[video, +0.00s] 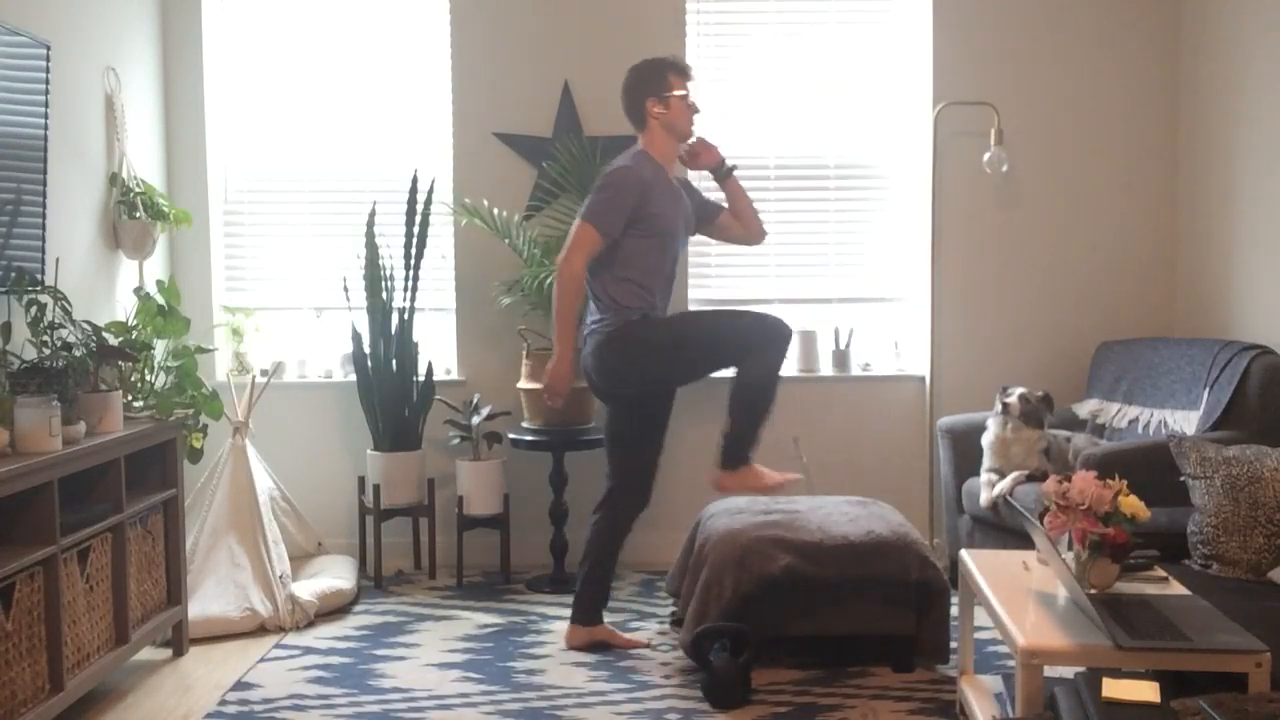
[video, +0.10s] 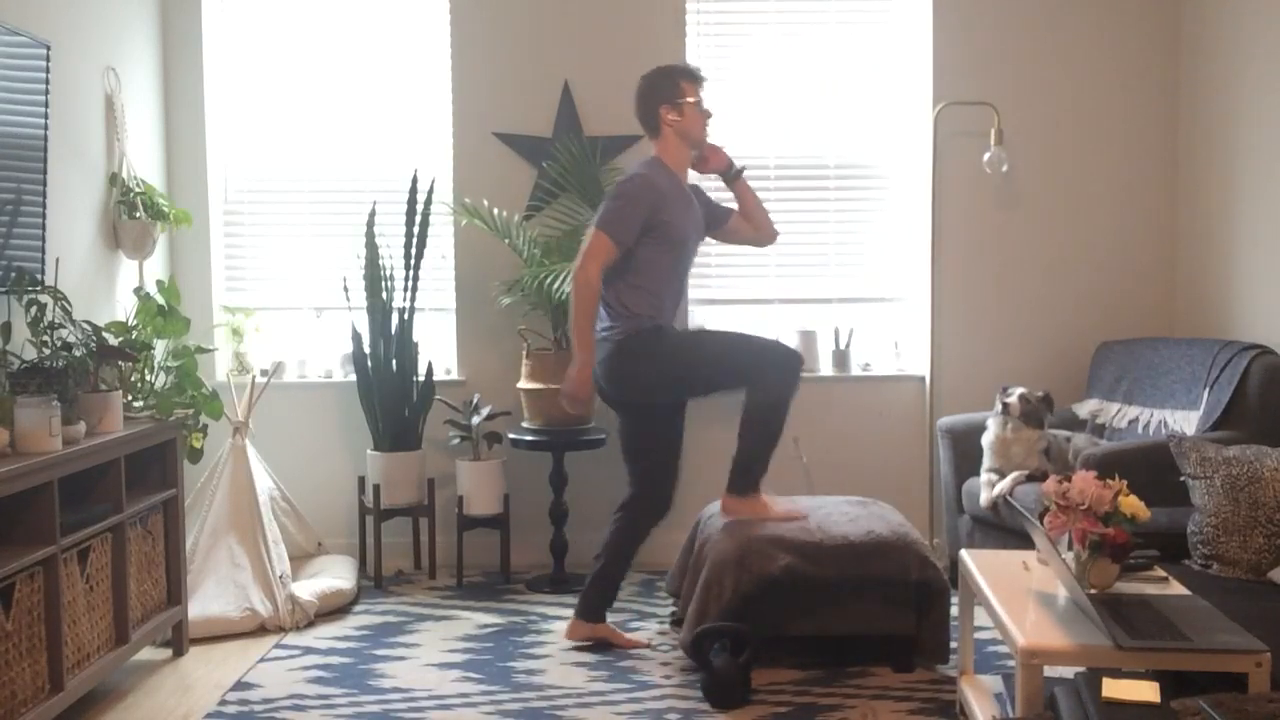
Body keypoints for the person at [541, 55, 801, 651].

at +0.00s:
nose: (694, 106)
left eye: (691, 96)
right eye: (685, 96)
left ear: (660, 109)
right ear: (655, 108)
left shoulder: (677, 187)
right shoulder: (630, 174)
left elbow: (750, 230)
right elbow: (572, 262)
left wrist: (721, 171)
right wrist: (564, 355)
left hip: (635, 346)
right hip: (623, 343)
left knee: (626, 493)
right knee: (767, 332)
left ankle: (586, 622)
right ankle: (736, 465)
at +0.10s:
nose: (708, 115)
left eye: (704, 105)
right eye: (698, 105)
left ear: (673, 116)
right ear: (669, 115)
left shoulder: (689, 197)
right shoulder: (641, 185)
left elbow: (762, 232)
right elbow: (587, 271)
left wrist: (732, 175)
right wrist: (581, 361)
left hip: (643, 356)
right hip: (637, 351)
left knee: (651, 496)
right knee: (779, 361)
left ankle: (588, 618)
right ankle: (742, 494)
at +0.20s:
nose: (724, 116)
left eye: (720, 106)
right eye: (713, 107)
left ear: (689, 121)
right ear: (684, 120)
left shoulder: (702, 201)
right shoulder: (662, 190)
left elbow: (774, 229)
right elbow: (606, 273)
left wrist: (741, 171)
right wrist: (620, 368)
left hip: (662, 360)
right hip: (655, 360)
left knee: (666, 499)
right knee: (792, 393)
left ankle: (591, 615)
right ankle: (739, 516)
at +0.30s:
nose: (739, 89)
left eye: (734, 79)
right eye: (729, 80)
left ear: (700, 94)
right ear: (702, 92)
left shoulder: (711, 175)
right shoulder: (681, 168)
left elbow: (778, 220)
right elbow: (636, 256)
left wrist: (767, 158)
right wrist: (684, 334)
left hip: (677, 344)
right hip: (675, 342)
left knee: (661, 483)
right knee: (803, 407)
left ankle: (595, 604)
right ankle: (742, 529)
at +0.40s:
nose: (752, 48)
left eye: (748, 37)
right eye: (742, 38)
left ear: (712, 53)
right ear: (714, 51)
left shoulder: (716, 127)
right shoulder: (700, 126)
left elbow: (746, 219)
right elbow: (677, 220)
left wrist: (792, 172)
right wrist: (730, 252)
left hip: (693, 310)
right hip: (695, 313)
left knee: (696, 451)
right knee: (797, 413)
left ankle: (629, 567)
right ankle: (739, 550)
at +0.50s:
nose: (758, 14)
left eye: (754, 5)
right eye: (748, 5)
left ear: (718, 22)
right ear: (722, 16)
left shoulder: (707, 91)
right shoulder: (716, 92)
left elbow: (724, 193)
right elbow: (732, 189)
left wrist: (782, 206)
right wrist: (821, 180)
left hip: (704, 276)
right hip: (709, 279)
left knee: (766, 399)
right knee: (783, 410)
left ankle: (680, 483)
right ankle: (739, 548)